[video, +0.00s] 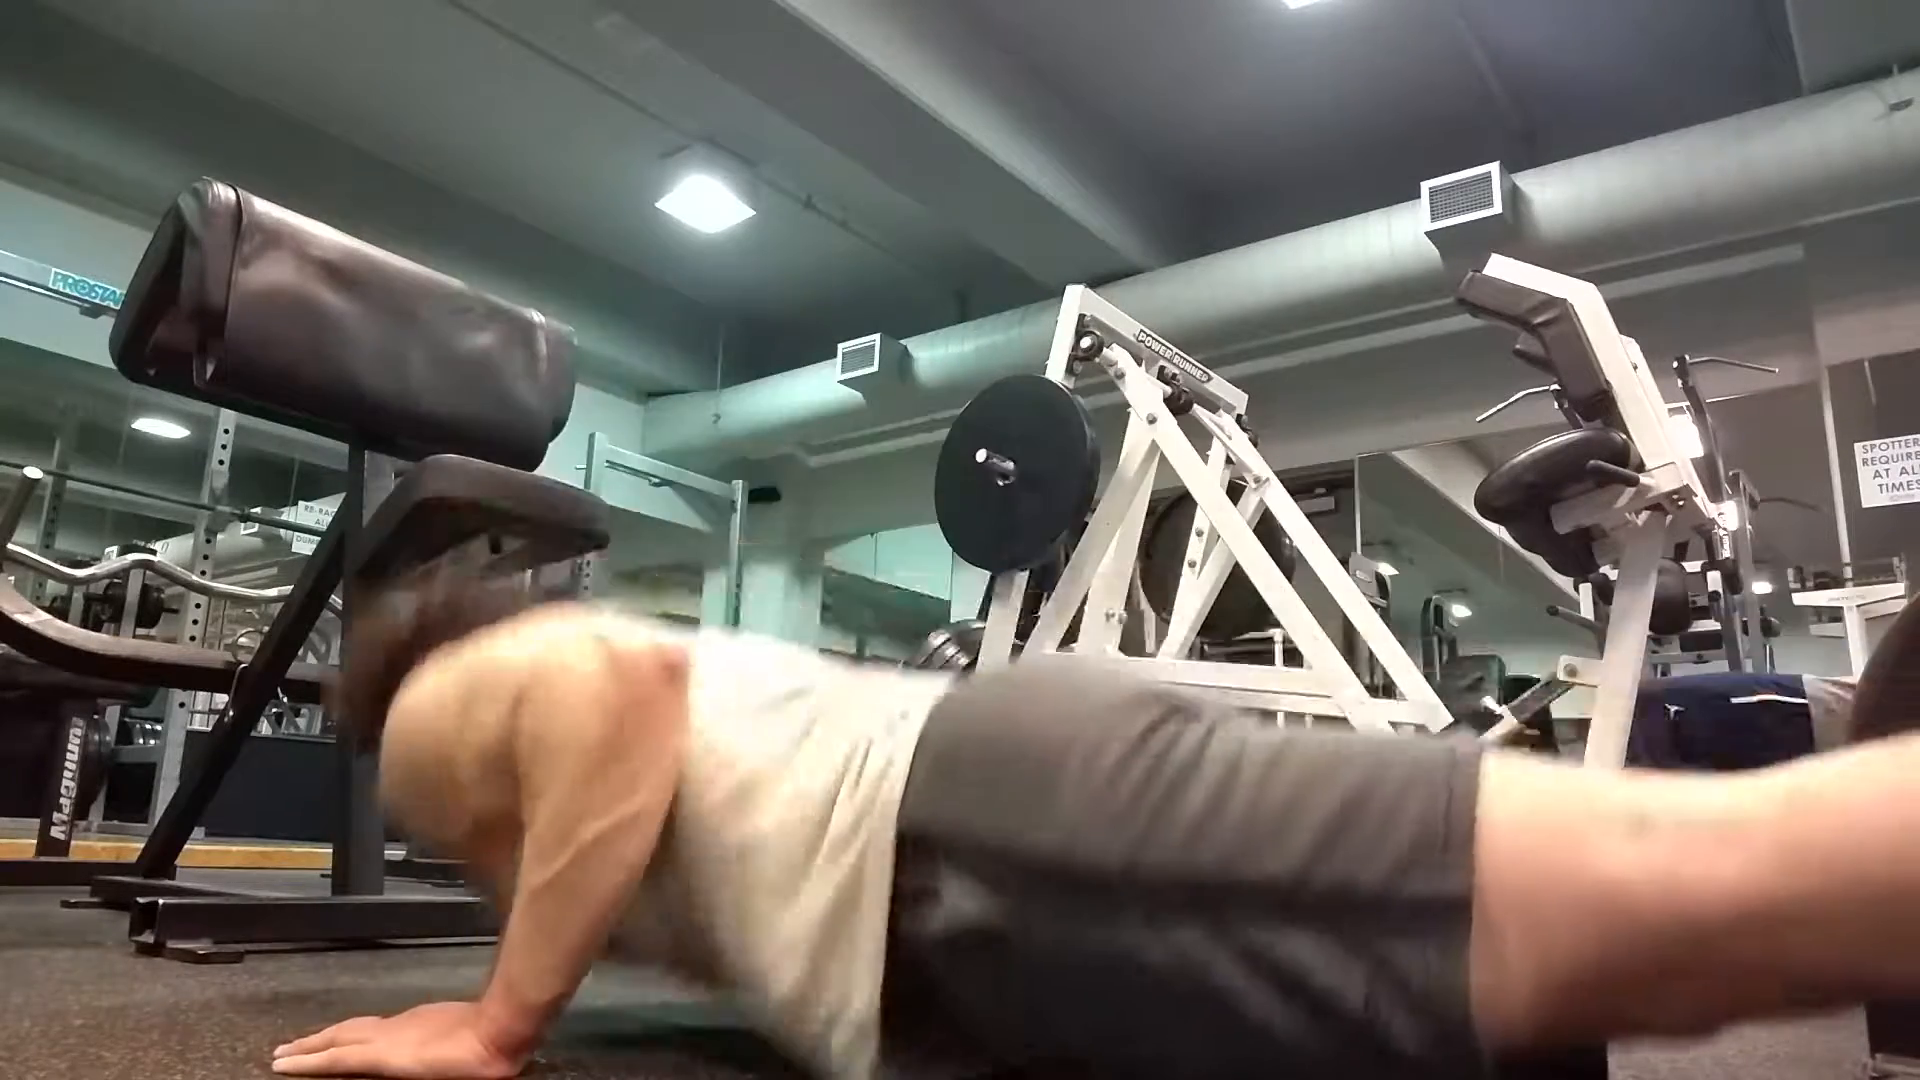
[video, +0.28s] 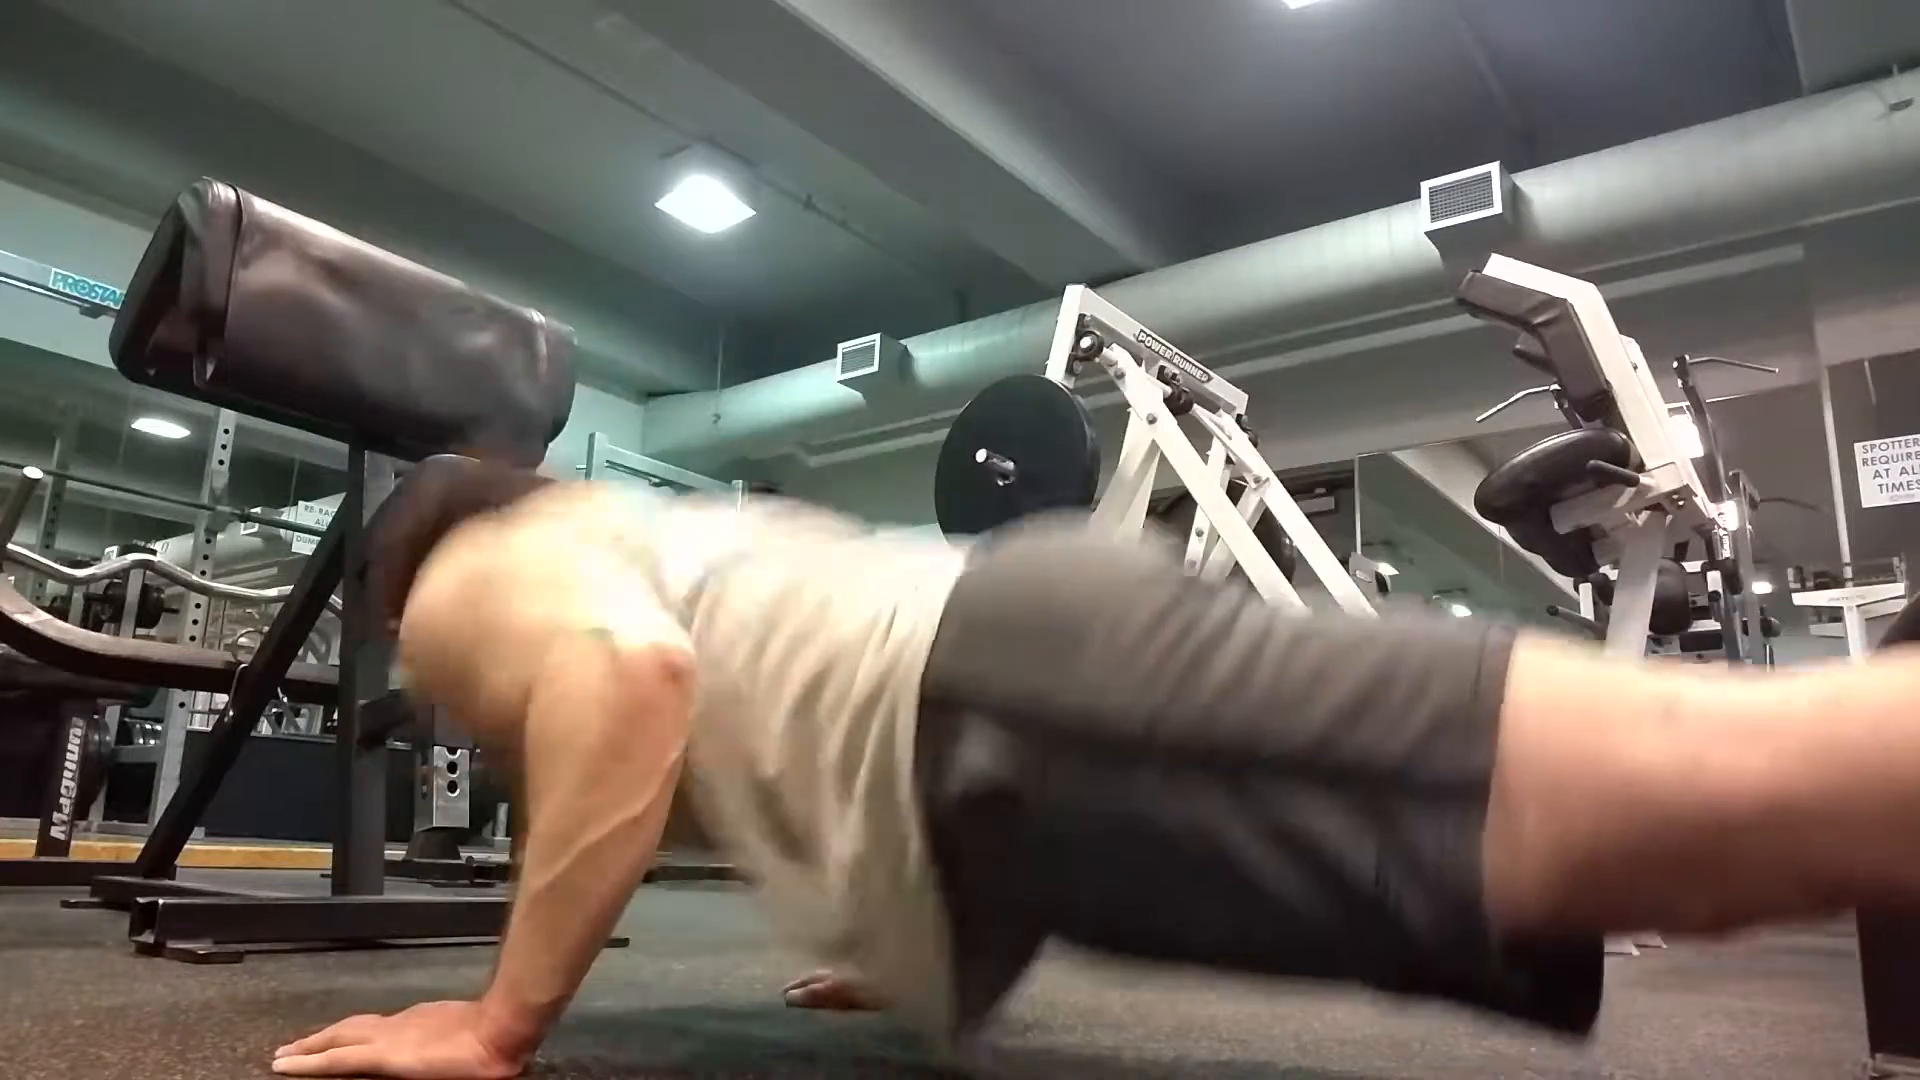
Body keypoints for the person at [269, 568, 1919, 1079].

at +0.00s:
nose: (371, 722)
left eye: (367, 692)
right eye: (377, 702)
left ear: (402, 638)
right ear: (516, 603)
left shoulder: (442, 697)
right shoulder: (648, 681)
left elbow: (622, 693)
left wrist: (490, 1018)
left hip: (983, 839)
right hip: (981, 926)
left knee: (1685, 891)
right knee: (1641, 932)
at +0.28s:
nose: (411, 658)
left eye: (400, 625)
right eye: (408, 637)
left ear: (413, 565)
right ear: (527, 489)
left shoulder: (475, 566)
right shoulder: (664, 532)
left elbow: (622, 685)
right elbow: (861, 668)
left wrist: (495, 1021)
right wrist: (872, 933)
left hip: (1002, 707)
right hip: (1039, 675)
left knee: (1724, 805)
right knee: (1700, 816)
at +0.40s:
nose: (456, 505)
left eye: (452, 467)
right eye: (459, 481)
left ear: (481, 392)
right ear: (596, 361)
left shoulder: (529, 420)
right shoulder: (757, 436)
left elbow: (615, 656)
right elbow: (917, 706)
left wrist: (495, 1015)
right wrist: (919, 958)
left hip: (1023, 580)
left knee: (1756, 727)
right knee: (1749, 749)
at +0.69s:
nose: (396, 503)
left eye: (396, 474)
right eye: (395, 468)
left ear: (431, 453)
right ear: (553, 399)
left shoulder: (513, 502)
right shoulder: (701, 480)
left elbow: (644, 681)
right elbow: (925, 675)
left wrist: (501, 1020)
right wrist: (931, 955)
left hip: (1026, 672)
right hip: (1051, 647)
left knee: (1731, 785)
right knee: (1708, 790)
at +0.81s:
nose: (376, 700)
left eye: (372, 668)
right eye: (376, 676)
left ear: (400, 608)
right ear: (517, 563)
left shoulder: (451, 657)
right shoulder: (650, 615)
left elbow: (642, 703)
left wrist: (495, 1023)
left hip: (1007, 793)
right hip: (1015, 800)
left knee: (1698, 859)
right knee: (1674, 871)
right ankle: (1883, 926)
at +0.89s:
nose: (396, 821)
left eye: (377, 801)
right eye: (397, 803)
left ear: (386, 736)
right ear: (473, 670)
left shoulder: (417, 751)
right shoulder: (561, 787)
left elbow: (623, 684)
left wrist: (490, 1014)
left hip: (989, 852)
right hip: (994, 919)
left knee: (1679, 899)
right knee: (1660, 930)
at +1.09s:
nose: (390, 761)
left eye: (380, 728)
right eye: (391, 746)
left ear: (400, 645)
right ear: (521, 589)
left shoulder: (437, 682)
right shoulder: (654, 642)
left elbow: (625, 698)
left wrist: (492, 1021)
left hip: (986, 806)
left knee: (1680, 864)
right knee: (1665, 875)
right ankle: (1876, 927)